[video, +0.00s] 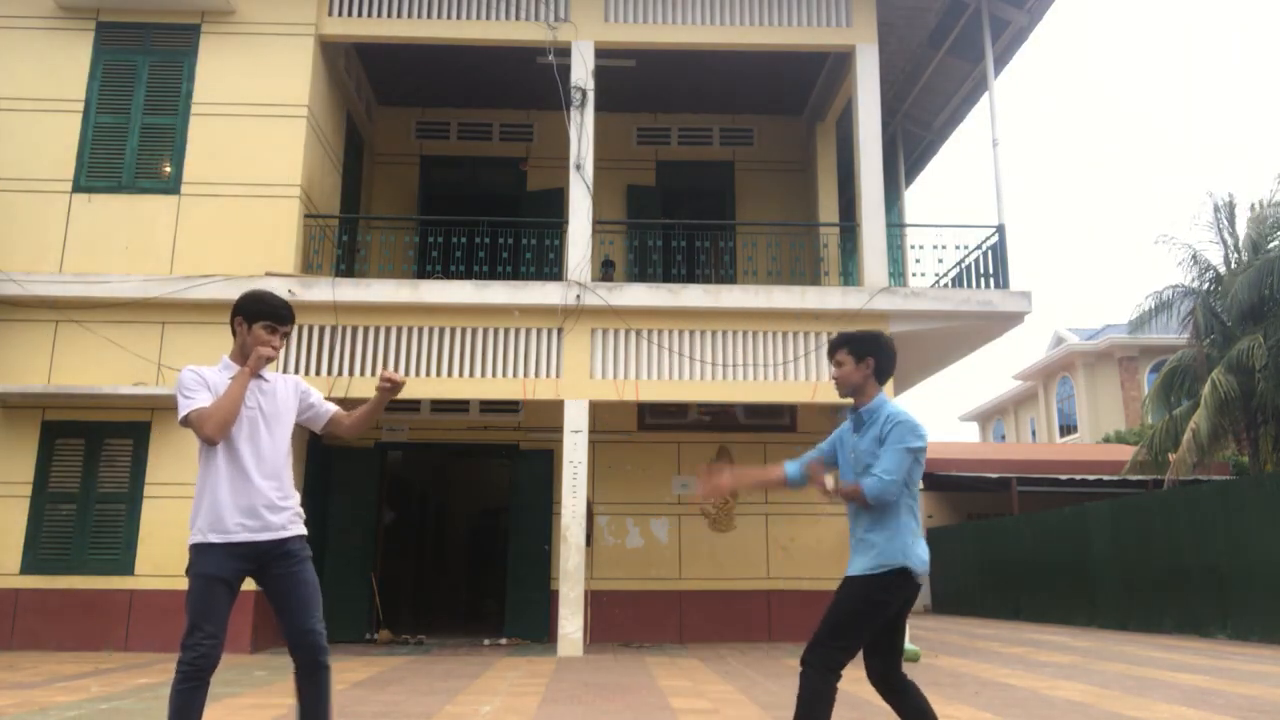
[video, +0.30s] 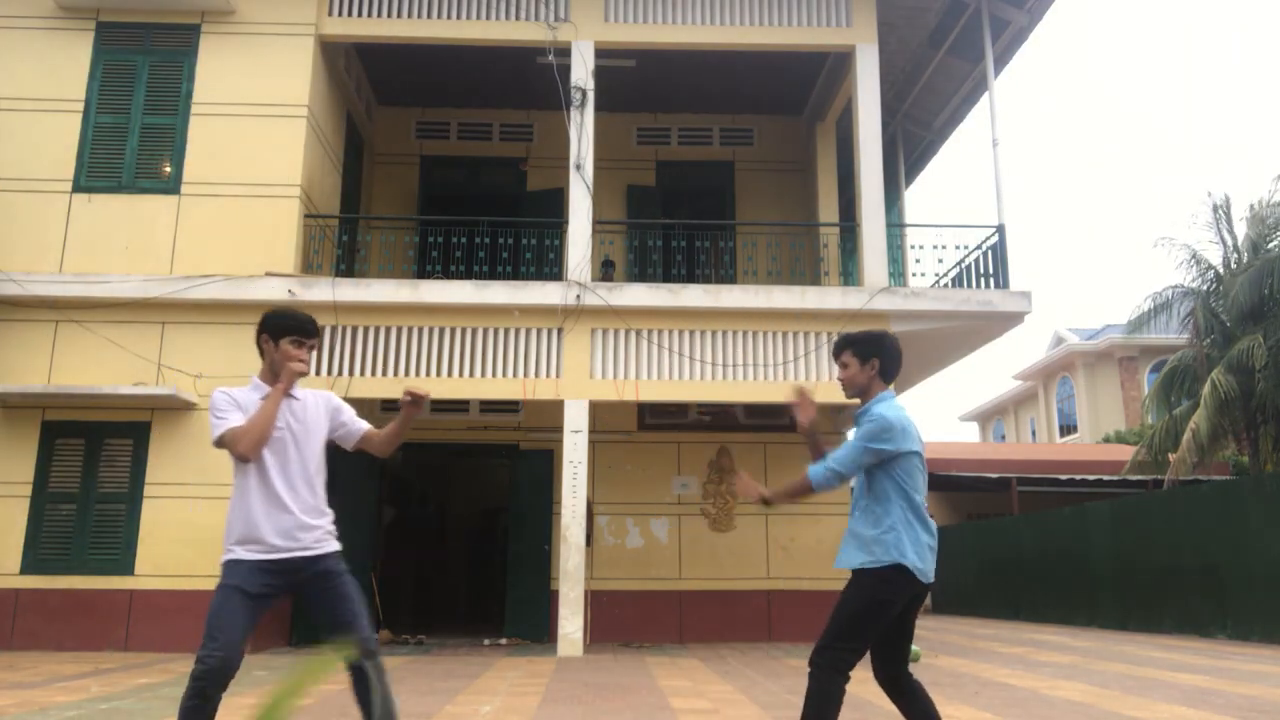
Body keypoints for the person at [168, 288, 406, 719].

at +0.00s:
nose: (276, 340)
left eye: (282, 334)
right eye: (268, 329)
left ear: (286, 337)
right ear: (239, 325)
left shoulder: (290, 387)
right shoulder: (198, 379)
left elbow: (346, 426)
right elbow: (211, 430)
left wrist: (381, 399)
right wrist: (246, 370)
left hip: (284, 538)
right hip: (218, 540)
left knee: (312, 648)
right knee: (199, 656)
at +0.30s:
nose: (305, 354)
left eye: (310, 348)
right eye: (296, 345)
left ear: (314, 352)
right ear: (265, 344)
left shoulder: (323, 403)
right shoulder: (229, 399)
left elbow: (378, 445)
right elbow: (245, 448)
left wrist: (406, 416)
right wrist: (281, 387)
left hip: (320, 556)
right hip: (251, 558)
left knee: (365, 652)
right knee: (215, 665)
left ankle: (383, 717)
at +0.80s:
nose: (349, 369)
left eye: (353, 360)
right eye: (340, 357)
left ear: (355, 366)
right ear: (309, 357)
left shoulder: (363, 419)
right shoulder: (270, 412)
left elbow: (411, 471)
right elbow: (286, 465)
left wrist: (448, 450)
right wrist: (334, 410)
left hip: (355, 565)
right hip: (284, 567)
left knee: (422, 651)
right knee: (207, 661)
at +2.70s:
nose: (334, 367)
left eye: (338, 358)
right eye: (324, 356)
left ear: (342, 363)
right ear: (293, 357)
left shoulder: (351, 416)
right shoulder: (257, 412)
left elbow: (396, 470)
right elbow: (275, 466)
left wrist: (448, 472)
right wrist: (318, 408)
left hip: (347, 568)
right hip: (275, 569)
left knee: (412, 649)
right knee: (199, 662)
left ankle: (422, 718)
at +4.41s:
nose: (328, 367)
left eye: (332, 358)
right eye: (318, 356)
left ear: (335, 364)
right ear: (287, 358)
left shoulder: (349, 416)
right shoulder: (252, 417)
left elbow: (385, 478)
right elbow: (274, 473)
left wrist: (413, 467)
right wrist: (318, 416)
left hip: (342, 568)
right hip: (272, 571)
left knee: (406, 655)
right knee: (198, 668)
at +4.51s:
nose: (290, 366)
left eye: (294, 358)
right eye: (279, 358)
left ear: (299, 366)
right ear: (251, 366)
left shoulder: (322, 418)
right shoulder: (225, 429)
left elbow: (365, 481)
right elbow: (251, 482)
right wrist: (295, 423)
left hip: (328, 573)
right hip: (256, 577)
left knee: (397, 656)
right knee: (182, 671)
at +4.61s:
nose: (224, 380)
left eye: (227, 371)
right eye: (212, 372)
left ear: (235, 377)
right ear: (188, 385)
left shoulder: (274, 423)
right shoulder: (178, 453)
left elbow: (320, 476)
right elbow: (207, 501)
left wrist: (298, 495)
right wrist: (240, 442)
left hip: (309, 576)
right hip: (238, 582)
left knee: (373, 662)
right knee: (151, 670)